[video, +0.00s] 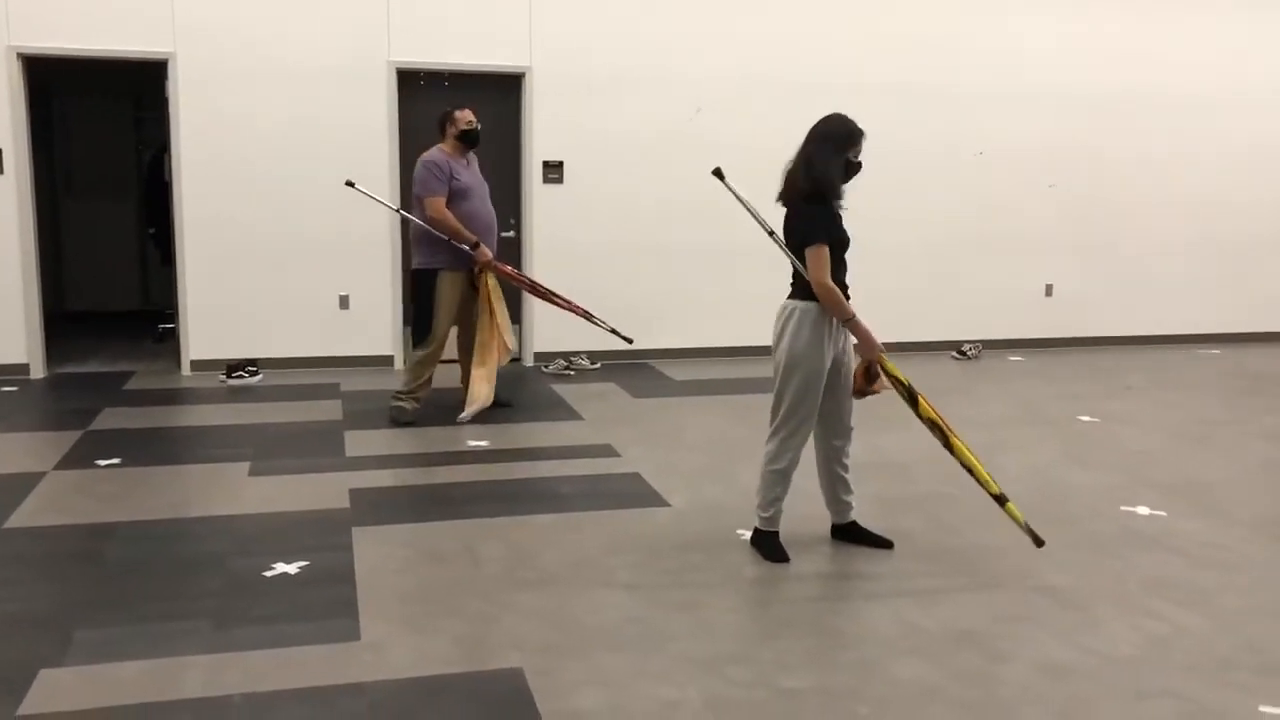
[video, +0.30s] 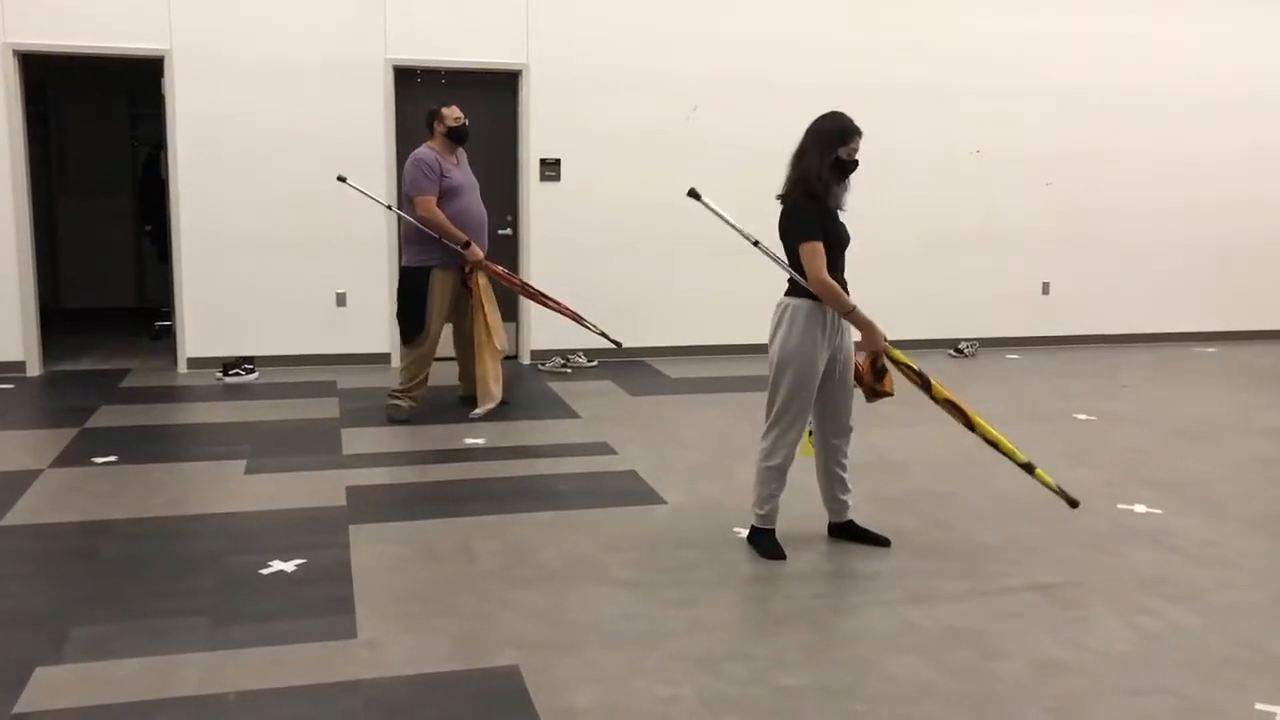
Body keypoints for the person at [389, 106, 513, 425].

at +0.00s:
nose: (474, 127)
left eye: (476, 123)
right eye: (467, 122)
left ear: (476, 131)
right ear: (449, 130)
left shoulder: (470, 161)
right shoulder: (432, 161)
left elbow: (474, 209)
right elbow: (435, 213)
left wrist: (485, 252)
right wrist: (475, 245)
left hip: (474, 262)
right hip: (440, 265)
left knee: (475, 332)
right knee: (431, 337)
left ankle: (477, 393)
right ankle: (406, 400)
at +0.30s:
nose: (463, 124)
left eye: (464, 119)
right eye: (455, 119)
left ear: (463, 127)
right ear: (437, 127)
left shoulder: (459, 157)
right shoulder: (423, 159)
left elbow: (463, 207)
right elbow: (426, 212)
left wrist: (476, 249)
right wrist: (466, 245)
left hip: (465, 260)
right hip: (430, 263)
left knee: (471, 328)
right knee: (422, 334)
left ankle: (474, 389)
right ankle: (404, 397)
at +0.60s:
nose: (453, 120)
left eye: (453, 115)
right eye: (445, 116)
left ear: (454, 123)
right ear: (428, 125)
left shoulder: (454, 153)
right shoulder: (415, 158)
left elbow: (460, 204)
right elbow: (419, 211)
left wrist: (471, 249)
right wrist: (460, 243)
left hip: (464, 256)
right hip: (426, 258)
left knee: (476, 323)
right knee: (418, 329)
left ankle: (473, 385)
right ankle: (400, 395)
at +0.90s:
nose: (442, 111)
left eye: (443, 108)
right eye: (434, 109)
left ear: (446, 120)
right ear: (418, 121)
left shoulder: (448, 149)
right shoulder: (406, 154)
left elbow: (453, 199)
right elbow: (407, 205)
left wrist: (464, 243)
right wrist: (448, 237)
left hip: (454, 252)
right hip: (418, 256)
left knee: (461, 323)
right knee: (411, 329)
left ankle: (464, 385)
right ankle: (392, 394)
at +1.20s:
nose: (431, 111)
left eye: (433, 106)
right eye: (422, 108)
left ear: (438, 115)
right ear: (408, 120)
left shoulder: (443, 148)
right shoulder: (398, 152)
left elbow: (447, 196)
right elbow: (394, 203)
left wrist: (456, 238)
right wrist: (437, 232)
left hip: (444, 250)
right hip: (409, 254)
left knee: (452, 321)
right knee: (404, 326)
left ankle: (457, 381)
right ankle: (386, 391)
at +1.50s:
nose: (422, 109)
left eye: (425, 105)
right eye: (414, 106)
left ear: (430, 113)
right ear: (400, 117)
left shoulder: (438, 146)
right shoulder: (389, 149)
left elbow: (452, 191)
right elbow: (387, 200)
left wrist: (471, 227)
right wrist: (430, 225)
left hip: (439, 248)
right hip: (402, 251)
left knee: (444, 315)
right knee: (397, 323)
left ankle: (450, 378)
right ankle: (379, 389)